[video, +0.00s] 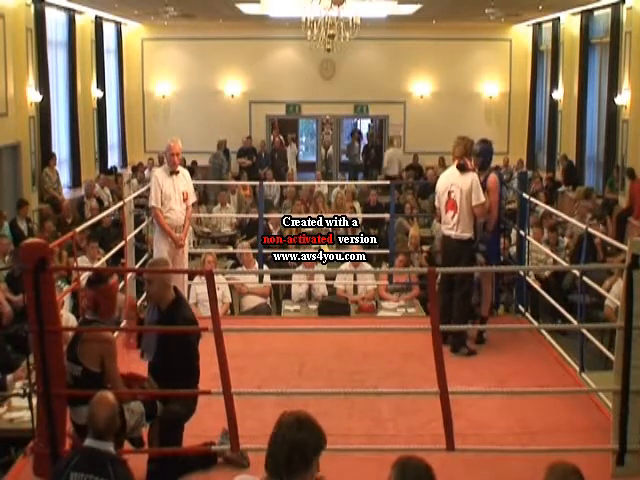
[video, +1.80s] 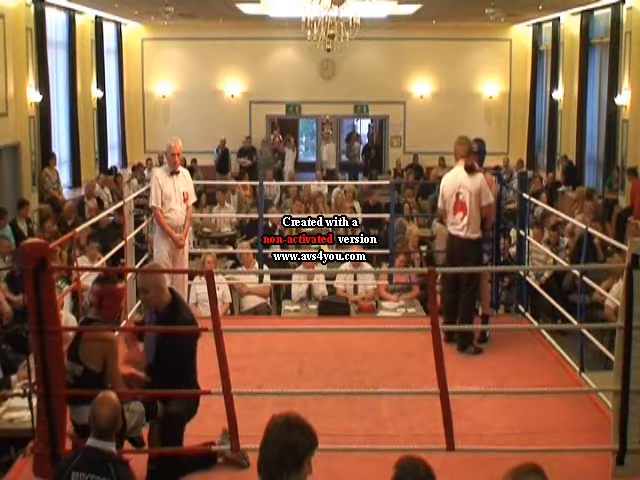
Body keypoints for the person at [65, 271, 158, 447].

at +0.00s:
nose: (116, 300)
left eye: (115, 293)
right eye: (112, 294)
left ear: (91, 298)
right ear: (98, 298)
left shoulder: (83, 327)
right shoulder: (104, 337)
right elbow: (116, 390)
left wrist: (129, 384)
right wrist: (138, 395)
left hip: (77, 411)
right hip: (93, 415)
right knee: (152, 406)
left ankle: (133, 430)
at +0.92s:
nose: (120, 301)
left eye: (119, 295)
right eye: (117, 295)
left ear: (94, 298)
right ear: (104, 299)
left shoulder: (83, 325)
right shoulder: (108, 336)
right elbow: (117, 388)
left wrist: (129, 384)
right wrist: (139, 396)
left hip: (76, 410)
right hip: (94, 415)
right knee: (153, 406)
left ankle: (133, 430)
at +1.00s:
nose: (120, 304)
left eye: (120, 298)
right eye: (117, 298)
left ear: (93, 299)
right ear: (105, 300)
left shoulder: (83, 327)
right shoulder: (106, 338)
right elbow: (117, 390)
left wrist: (129, 383)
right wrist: (139, 394)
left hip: (76, 410)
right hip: (93, 415)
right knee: (152, 405)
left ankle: (133, 429)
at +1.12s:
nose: (120, 304)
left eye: (120, 298)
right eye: (117, 298)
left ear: (94, 299)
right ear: (103, 300)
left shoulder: (83, 327)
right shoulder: (105, 339)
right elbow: (117, 390)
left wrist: (129, 384)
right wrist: (139, 395)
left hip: (76, 410)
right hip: (94, 415)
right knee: (152, 405)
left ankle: (133, 430)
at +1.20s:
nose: (120, 304)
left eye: (120, 298)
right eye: (117, 298)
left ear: (94, 300)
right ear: (105, 300)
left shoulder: (83, 328)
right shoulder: (105, 339)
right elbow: (116, 389)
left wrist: (130, 384)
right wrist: (140, 395)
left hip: (76, 410)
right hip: (94, 414)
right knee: (152, 406)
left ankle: (133, 430)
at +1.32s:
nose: (120, 305)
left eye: (120, 299)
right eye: (117, 299)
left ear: (94, 300)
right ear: (104, 301)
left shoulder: (83, 329)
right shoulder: (105, 339)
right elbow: (116, 390)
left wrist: (128, 384)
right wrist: (141, 395)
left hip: (77, 410)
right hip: (94, 414)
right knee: (152, 406)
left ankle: (133, 430)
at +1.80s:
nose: (122, 304)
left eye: (122, 299)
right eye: (118, 299)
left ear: (95, 300)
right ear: (100, 301)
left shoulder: (85, 325)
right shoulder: (107, 337)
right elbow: (118, 391)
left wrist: (129, 378)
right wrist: (139, 395)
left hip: (77, 410)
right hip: (94, 415)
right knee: (152, 407)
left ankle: (132, 429)